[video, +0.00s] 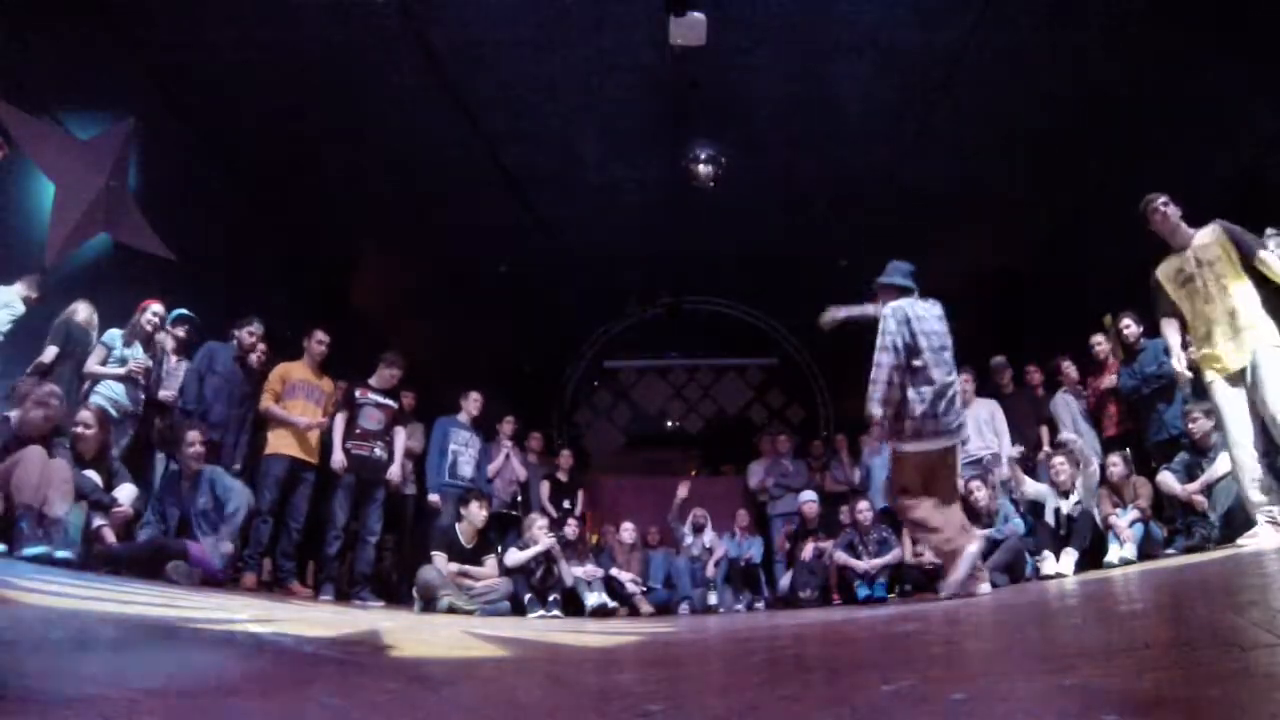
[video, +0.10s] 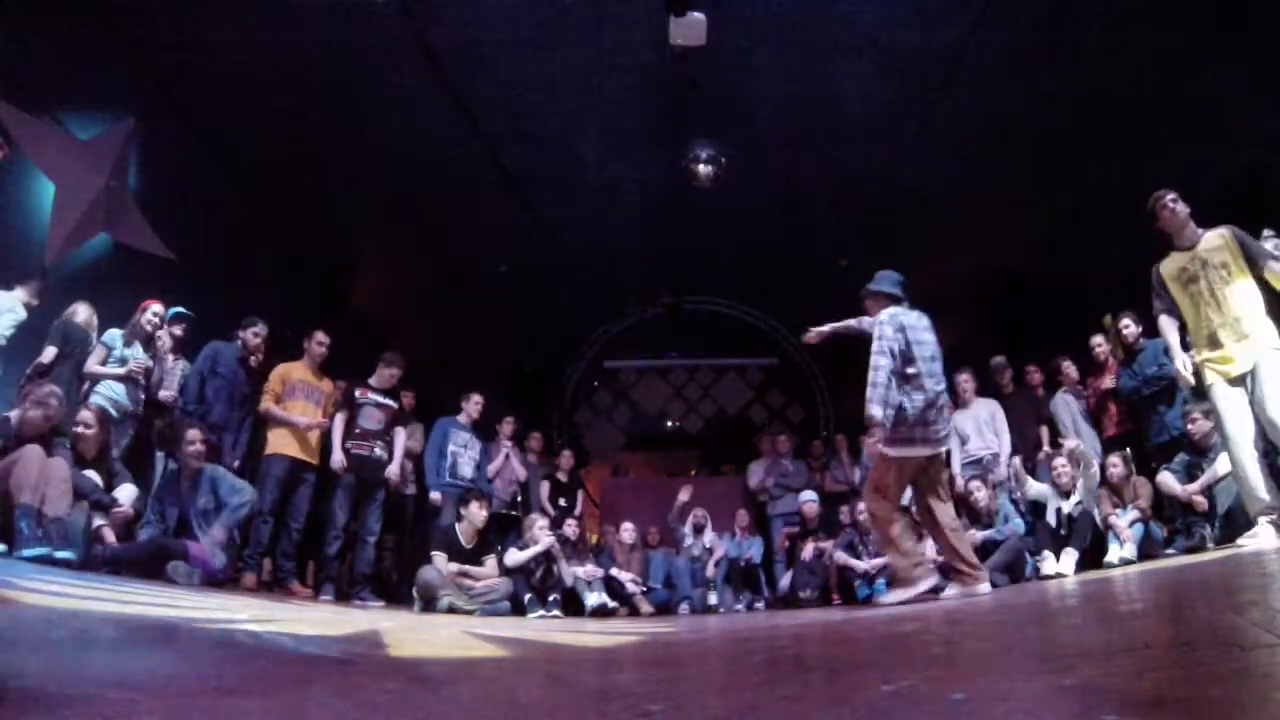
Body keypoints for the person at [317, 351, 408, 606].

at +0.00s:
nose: (394, 380)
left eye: (398, 376)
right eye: (391, 374)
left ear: (399, 378)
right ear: (380, 369)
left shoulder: (395, 403)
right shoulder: (354, 391)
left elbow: (399, 432)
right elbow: (340, 419)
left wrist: (397, 463)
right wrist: (337, 451)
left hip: (378, 467)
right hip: (350, 462)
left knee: (371, 530)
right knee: (338, 526)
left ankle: (360, 586)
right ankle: (327, 583)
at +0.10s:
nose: (393, 380)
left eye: (397, 376)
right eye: (391, 374)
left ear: (399, 378)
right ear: (379, 369)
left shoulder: (395, 403)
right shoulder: (354, 391)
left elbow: (399, 432)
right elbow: (340, 419)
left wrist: (396, 462)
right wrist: (337, 450)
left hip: (378, 467)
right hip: (350, 462)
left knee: (370, 530)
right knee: (338, 526)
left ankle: (360, 586)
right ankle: (327, 583)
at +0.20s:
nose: (393, 379)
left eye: (397, 376)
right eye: (390, 373)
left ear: (399, 378)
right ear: (379, 369)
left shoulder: (395, 403)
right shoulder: (354, 391)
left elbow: (399, 432)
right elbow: (339, 419)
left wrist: (395, 461)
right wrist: (336, 449)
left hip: (377, 466)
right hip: (350, 461)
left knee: (370, 530)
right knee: (338, 525)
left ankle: (361, 586)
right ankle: (327, 583)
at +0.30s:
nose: (393, 380)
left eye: (397, 376)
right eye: (390, 374)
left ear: (399, 378)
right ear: (379, 369)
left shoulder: (395, 403)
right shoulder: (354, 391)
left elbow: (399, 432)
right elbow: (339, 418)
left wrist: (396, 460)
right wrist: (336, 448)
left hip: (377, 466)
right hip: (350, 461)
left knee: (371, 530)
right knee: (339, 525)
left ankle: (361, 586)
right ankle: (327, 583)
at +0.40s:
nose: (392, 380)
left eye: (396, 377)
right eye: (389, 374)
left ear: (398, 378)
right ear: (378, 369)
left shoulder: (395, 403)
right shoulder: (354, 391)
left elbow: (399, 431)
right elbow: (339, 417)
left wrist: (396, 459)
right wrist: (336, 448)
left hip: (377, 467)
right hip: (350, 462)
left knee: (371, 531)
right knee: (339, 525)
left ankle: (361, 587)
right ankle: (328, 583)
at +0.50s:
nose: (392, 380)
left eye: (396, 376)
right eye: (389, 374)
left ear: (398, 378)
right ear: (377, 369)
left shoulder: (395, 403)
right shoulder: (354, 391)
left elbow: (399, 431)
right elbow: (339, 417)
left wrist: (397, 458)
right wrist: (335, 447)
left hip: (378, 466)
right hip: (350, 461)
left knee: (371, 530)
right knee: (339, 525)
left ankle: (361, 586)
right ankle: (327, 583)